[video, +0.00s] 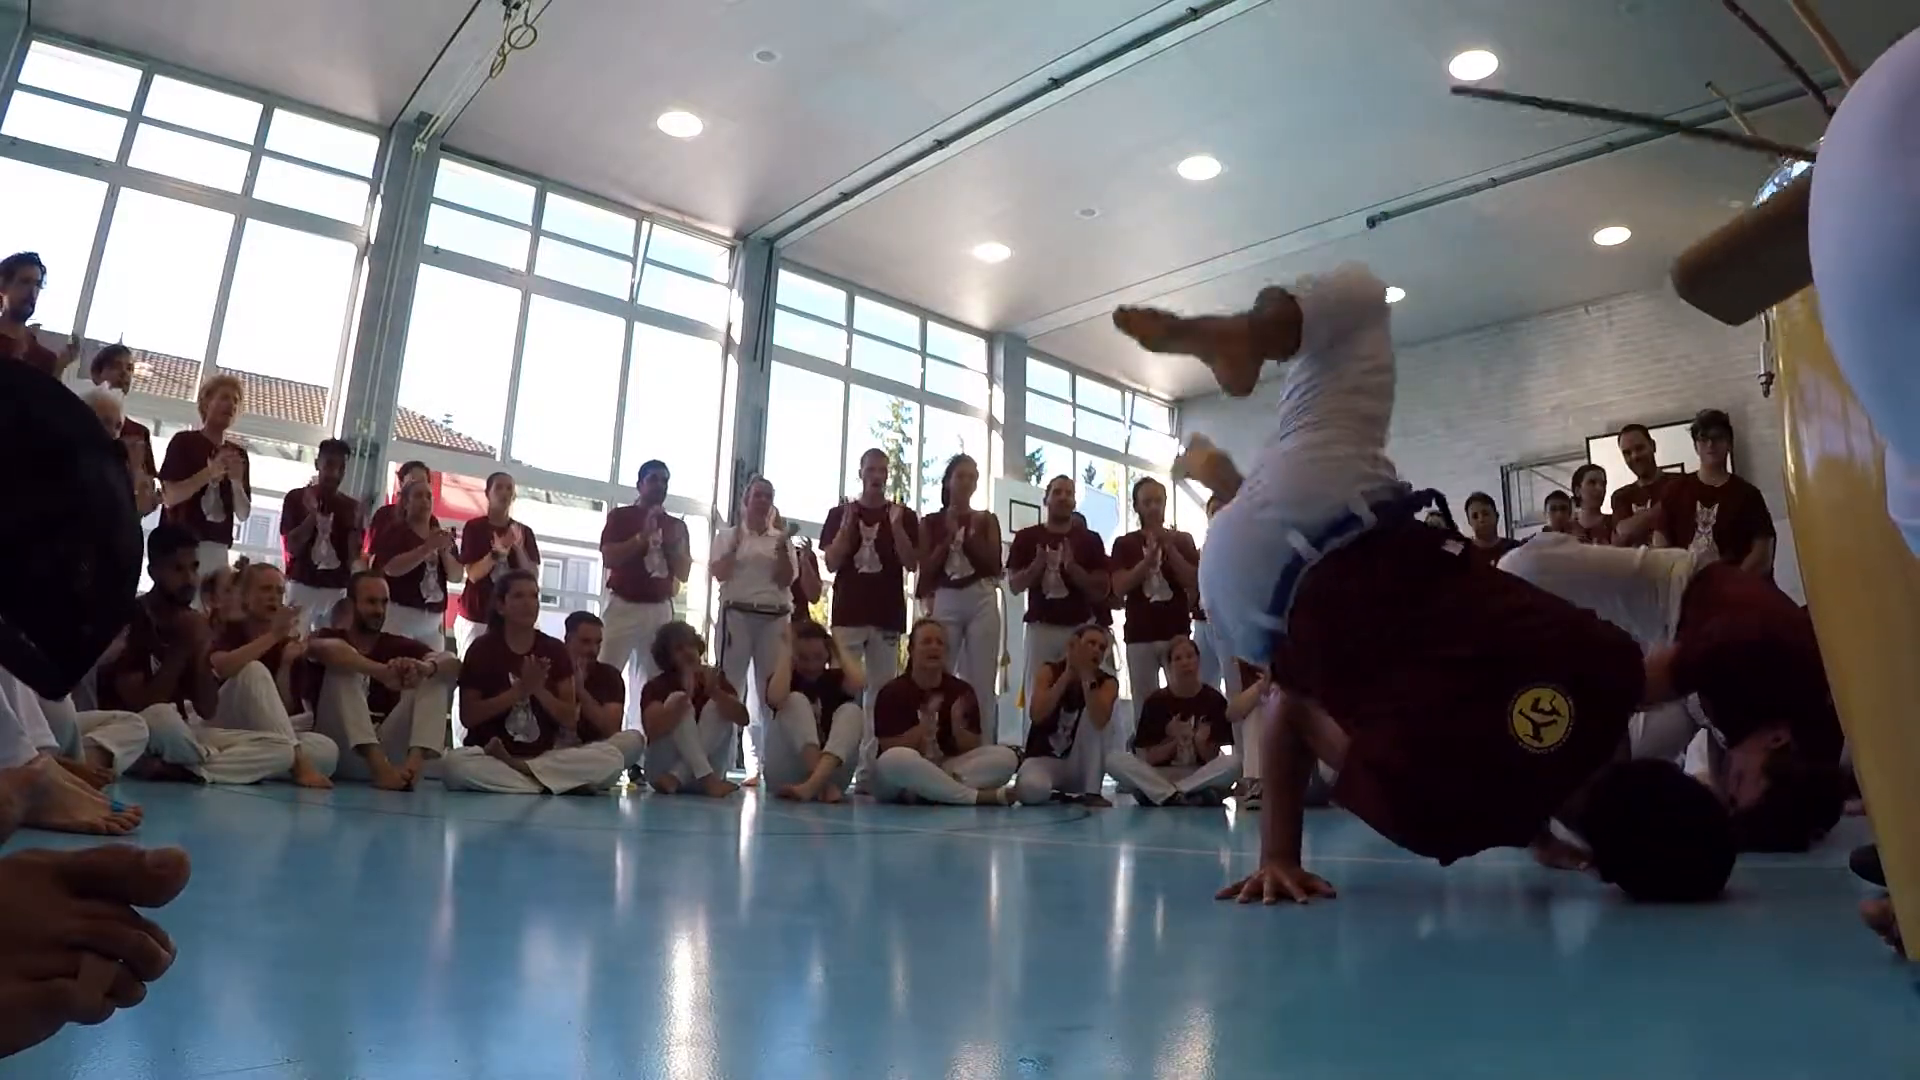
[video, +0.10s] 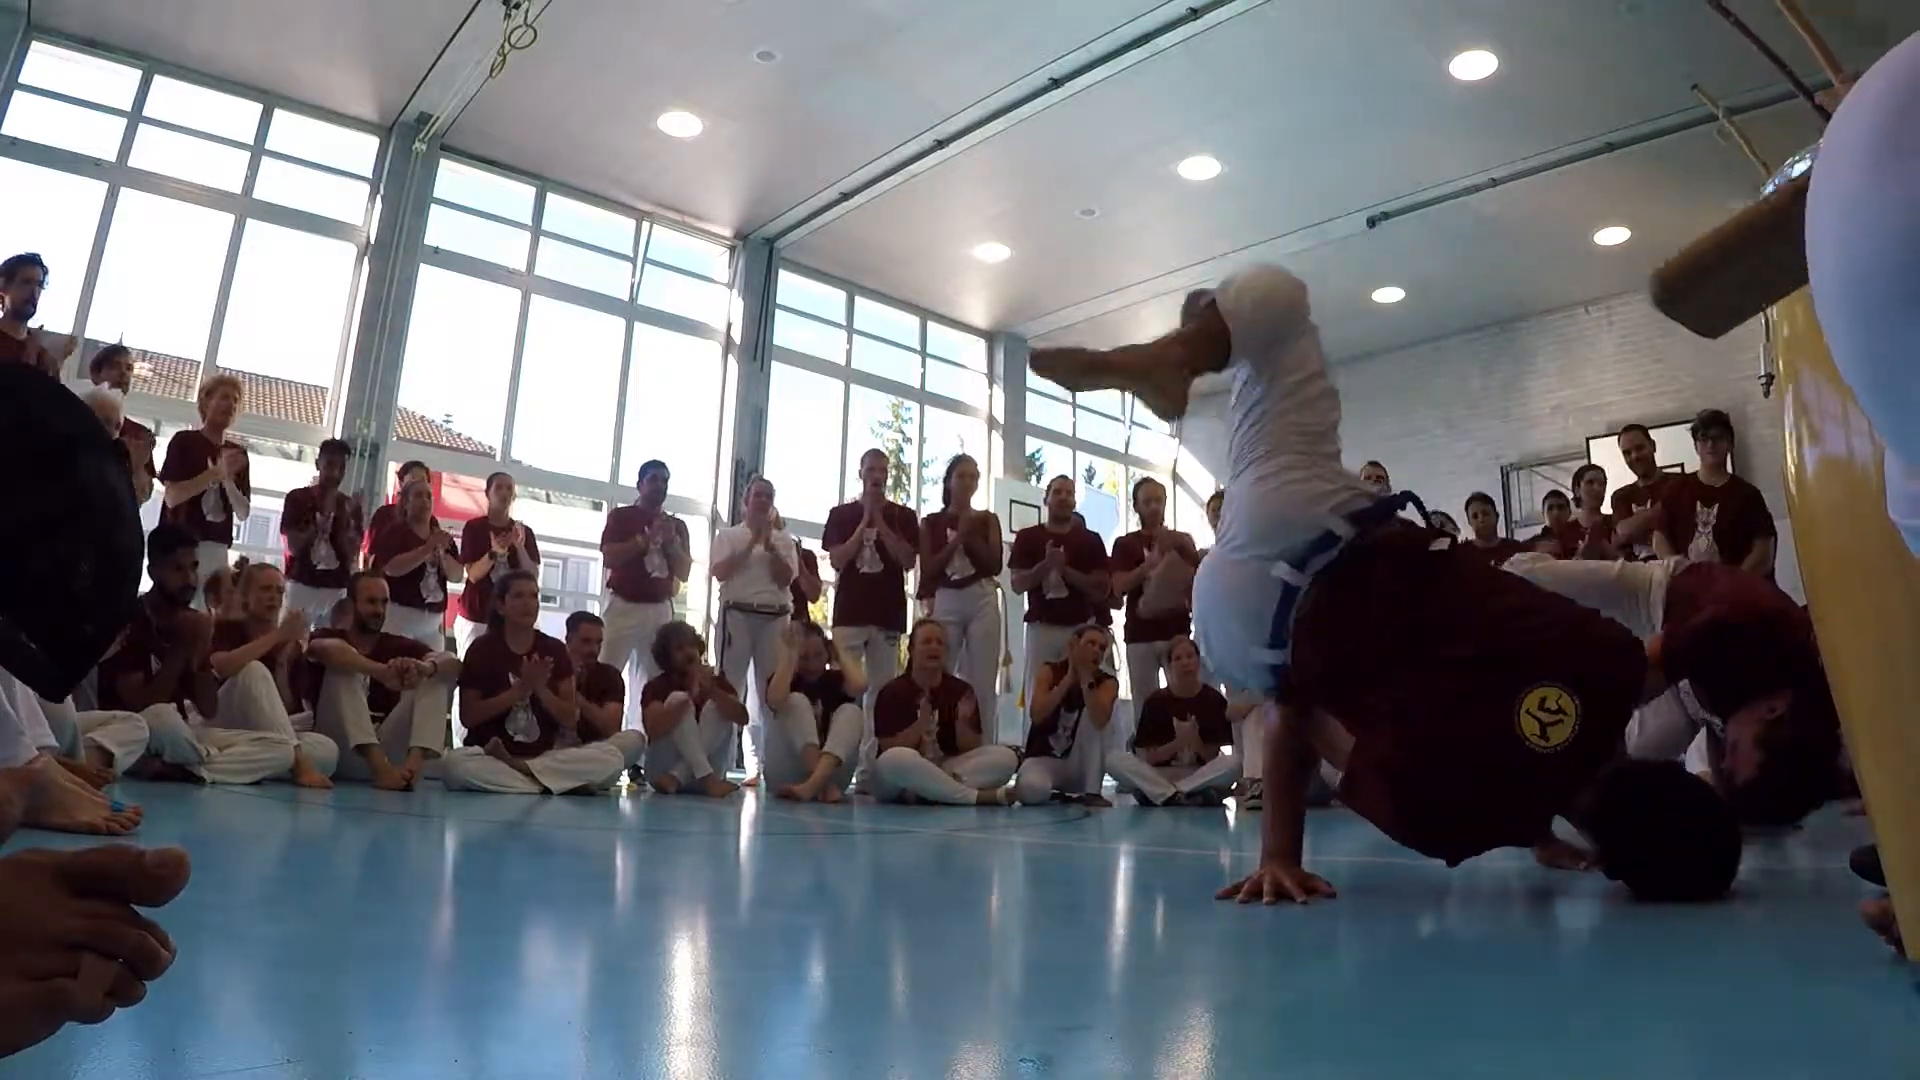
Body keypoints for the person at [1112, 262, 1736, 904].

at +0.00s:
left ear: (1662, 770)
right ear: (1601, 857)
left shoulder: (1613, 671)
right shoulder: (1440, 820)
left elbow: (1481, 594)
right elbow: (1284, 705)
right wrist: (1276, 857)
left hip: (1343, 500)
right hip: (1245, 592)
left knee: (1358, 294)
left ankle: (1238, 343)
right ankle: (1221, 481)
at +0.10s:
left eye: (1707, 780)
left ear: (1655, 787)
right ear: (1605, 863)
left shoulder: (1611, 662)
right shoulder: (1446, 822)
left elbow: (1470, 595)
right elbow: (1296, 713)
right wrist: (1277, 859)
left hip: (1317, 520)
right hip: (1243, 631)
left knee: (1269, 299)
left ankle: (1153, 369)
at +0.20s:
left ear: (1654, 770)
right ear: (1599, 853)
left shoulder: (1605, 651)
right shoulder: (1468, 818)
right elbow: (1323, 715)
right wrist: (1283, 858)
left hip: (1300, 525)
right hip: (1252, 663)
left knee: (1173, 346)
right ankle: (1172, 709)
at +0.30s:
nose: (1594, 866)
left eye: (1625, 859)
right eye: (1616, 864)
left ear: (1658, 738)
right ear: (1604, 845)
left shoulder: (1604, 644)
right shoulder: (1492, 801)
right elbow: (1319, 723)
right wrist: (1281, 854)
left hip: (1300, 527)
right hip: (1259, 650)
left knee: (1092, 436)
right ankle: (1122, 762)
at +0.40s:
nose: (1598, 847)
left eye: (1623, 838)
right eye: (1617, 850)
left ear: (1638, 756)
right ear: (1601, 832)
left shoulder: (1588, 625)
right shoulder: (1485, 784)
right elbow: (1316, 724)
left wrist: (1531, 840)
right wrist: (1280, 859)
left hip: (1269, 531)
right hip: (1267, 655)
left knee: (1027, 511)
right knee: (1259, 777)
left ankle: (781, 509)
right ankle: (1089, 778)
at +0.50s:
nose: (1596, 814)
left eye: (1616, 807)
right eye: (1610, 812)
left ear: (1626, 683)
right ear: (1594, 793)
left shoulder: (1560, 587)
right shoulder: (1492, 743)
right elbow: (1309, 720)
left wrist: (1538, 829)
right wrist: (1283, 856)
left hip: (1225, 546)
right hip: (1239, 666)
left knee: (984, 573)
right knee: (1256, 771)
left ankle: (731, 590)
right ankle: (1091, 768)